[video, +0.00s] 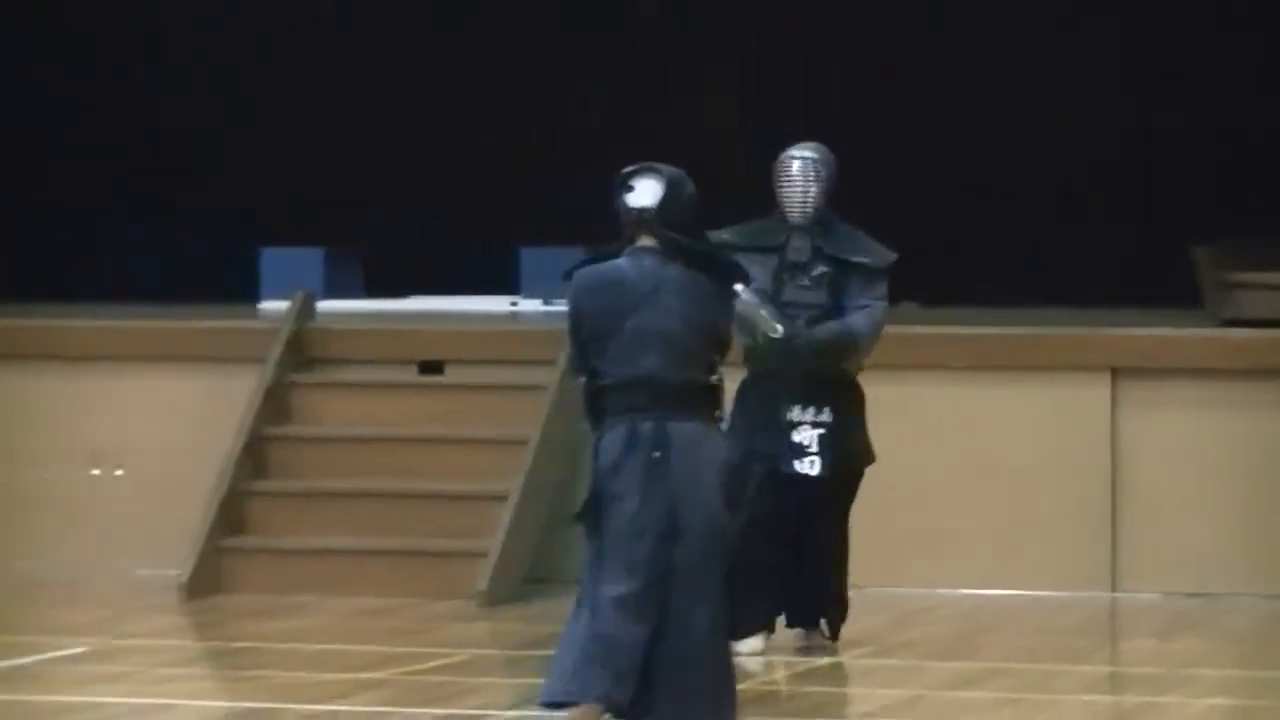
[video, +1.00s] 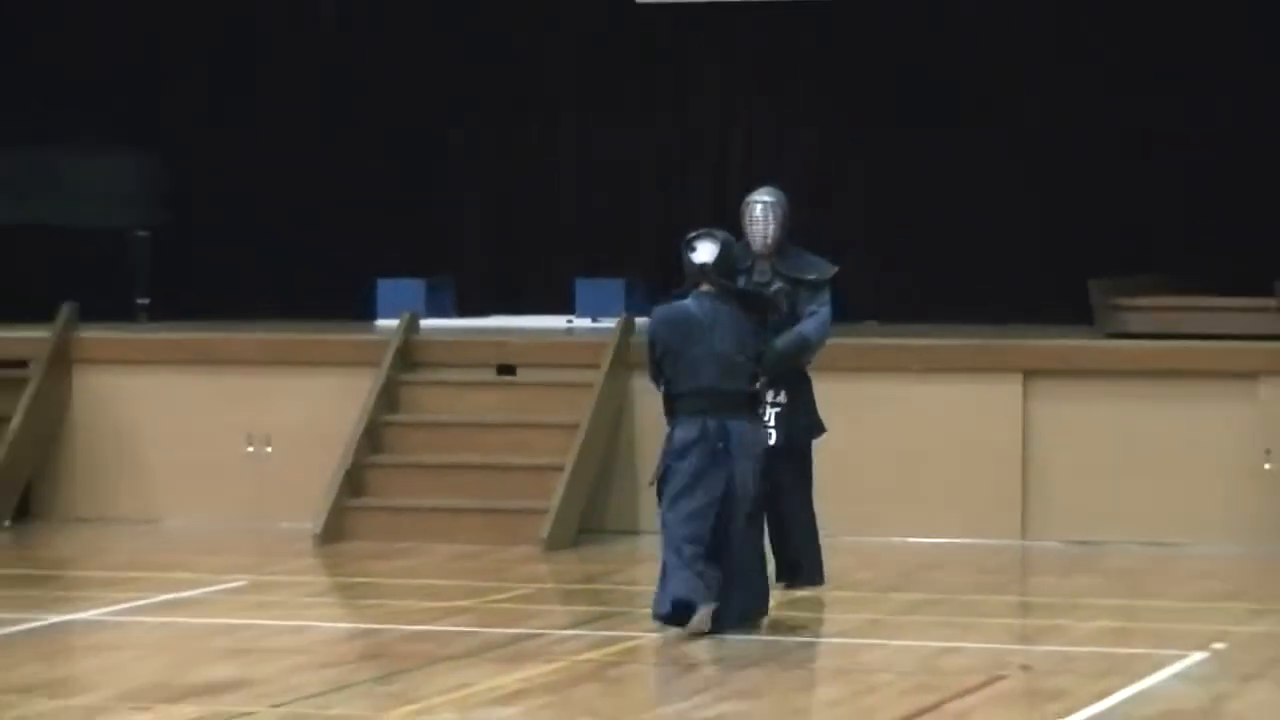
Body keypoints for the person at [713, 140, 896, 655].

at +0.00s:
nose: (799, 190)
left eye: (809, 179)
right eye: (790, 178)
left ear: (826, 186)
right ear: (777, 183)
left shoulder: (859, 256)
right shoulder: (743, 248)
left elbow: (864, 328)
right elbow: (738, 318)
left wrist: (793, 341)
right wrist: (812, 345)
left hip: (831, 395)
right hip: (764, 395)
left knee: (824, 513)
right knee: (755, 509)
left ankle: (815, 623)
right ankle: (750, 628)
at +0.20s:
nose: (816, 185)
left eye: (826, 175)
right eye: (808, 174)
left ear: (843, 182)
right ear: (795, 179)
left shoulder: (876, 246)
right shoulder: (761, 241)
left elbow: (891, 310)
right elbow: (739, 299)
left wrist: (832, 341)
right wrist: (780, 331)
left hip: (851, 386)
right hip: (785, 388)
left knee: (848, 495)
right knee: (784, 494)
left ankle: (837, 600)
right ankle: (777, 604)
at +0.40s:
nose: (795, 197)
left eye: (804, 187)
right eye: (788, 187)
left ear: (822, 193)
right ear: (776, 192)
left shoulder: (852, 250)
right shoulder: (748, 247)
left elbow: (861, 313)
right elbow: (729, 305)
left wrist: (808, 346)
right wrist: (764, 343)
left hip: (829, 381)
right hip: (769, 383)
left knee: (837, 484)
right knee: (775, 486)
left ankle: (831, 586)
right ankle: (776, 594)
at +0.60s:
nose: (778, 203)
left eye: (787, 194)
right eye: (771, 194)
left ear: (803, 198)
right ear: (759, 198)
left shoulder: (830, 250)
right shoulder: (737, 248)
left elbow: (839, 307)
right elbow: (718, 304)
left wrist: (786, 341)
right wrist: (750, 340)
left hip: (807, 377)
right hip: (751, 378)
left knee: (816, 477)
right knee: (757, 479)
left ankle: (818, 577)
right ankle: (759, 586)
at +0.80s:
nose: (768, 214)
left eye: (776, 204)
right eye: (760, 204)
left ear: (789, 208)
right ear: (748, 208)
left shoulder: (815, 261)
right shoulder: (729, 257)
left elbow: (821, 320)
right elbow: (710, 311)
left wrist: (771, 351)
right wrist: (742, 347)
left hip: (790, 382)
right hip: (739, 381)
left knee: (797, 478)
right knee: (750, 478)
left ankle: (805, 574)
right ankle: (760, 575)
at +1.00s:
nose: (762, 225)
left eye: (770, 216)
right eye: (755, 215)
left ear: (783, 221)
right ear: (743, 220)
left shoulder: (807, 272)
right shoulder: (726, 270)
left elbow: (816, 325)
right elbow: (705, 319)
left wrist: (771, 357)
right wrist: (735, 358)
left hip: (785, 393)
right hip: (734, 394)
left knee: (790, 492)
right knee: (739, 491)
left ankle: (800, 578)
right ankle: (740, 582)